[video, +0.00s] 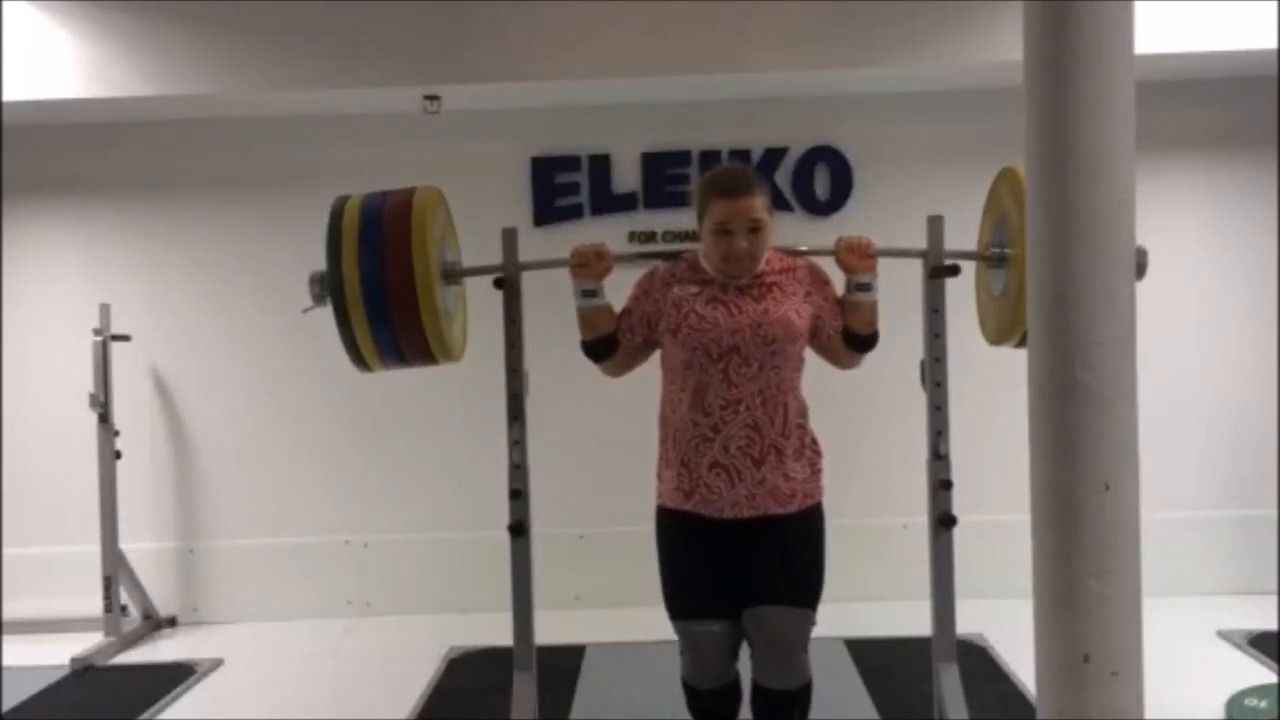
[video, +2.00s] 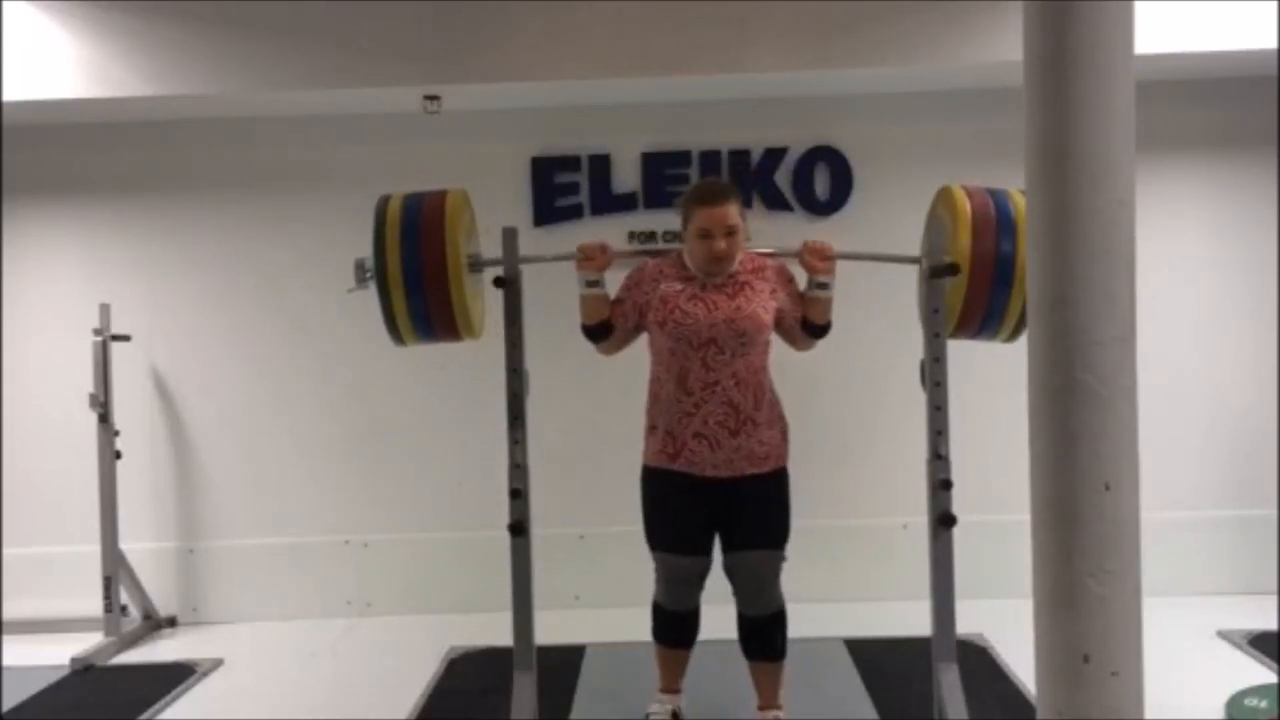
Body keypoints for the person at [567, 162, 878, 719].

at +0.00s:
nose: (738, 245)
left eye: (752, 230)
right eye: (723, 232)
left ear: (769, 227)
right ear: (701, 230)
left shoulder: (800, 279)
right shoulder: (666, 285)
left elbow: (847, 354)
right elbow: (613, 359)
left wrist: (862, 281)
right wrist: (589, 287)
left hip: (783, 507)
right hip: (693, 508)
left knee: (783, 663)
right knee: (706, 667)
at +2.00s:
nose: (719, 246)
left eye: (729, 233)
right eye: (706, 235)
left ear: (743, 230)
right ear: (684, 234)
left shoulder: (766, 274)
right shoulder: (653, 278)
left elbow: (805, 337)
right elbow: (606, 340)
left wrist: (820, 281)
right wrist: (592, 280)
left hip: (755, 463)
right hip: (676, 463)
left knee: (760, 590)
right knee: (677, 587)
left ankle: (770, 709)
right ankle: (668, 701)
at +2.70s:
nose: (711, 244)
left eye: (721, 232)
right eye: (699, 234)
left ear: (736, 231)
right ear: (678, 234)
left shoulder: (761, 276)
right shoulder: (650, 278)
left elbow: (799, 337)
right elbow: (604, 338)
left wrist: (813, 283)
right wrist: (590, 279)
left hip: (752, 458)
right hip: (675, 460)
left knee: (766, 579)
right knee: (676, 582)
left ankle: (796, 697)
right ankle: (667, 700)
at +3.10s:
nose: (721, 233)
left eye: (730, 221)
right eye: (708, 223)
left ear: (745, 227)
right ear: (688, 231)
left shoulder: (770, 276)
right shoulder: (660, 278)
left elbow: (811, 338)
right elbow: (614, 339)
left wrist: (823, 283)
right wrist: (600, 281)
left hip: (762, 457)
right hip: (686, 459)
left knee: (770, 579)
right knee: (684, 581)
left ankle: (795, 696)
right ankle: (668, 699)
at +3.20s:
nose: (718, 232)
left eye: (728, 220)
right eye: (706, 222)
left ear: (743, 226)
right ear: (686, 230)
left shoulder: (768, 276)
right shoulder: (658, 278)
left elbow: (808, 338)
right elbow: (613, 339)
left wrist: (821, 282)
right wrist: (598, 281)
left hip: (759, 457)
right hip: (683, 459)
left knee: (769, 579)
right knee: (683, 580)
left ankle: (795, 696)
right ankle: (668, 699)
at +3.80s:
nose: (698, 232)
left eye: (708, 222)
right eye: (685, 223)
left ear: (723, 228)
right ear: (667, 231)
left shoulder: (749, 278)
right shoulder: (639, 279)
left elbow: (790, 340)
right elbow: (596, 339)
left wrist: (802, 285)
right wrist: (582, 281)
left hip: (740, 457)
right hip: (664, 460)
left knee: (762, 577)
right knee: (670, 580)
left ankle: (796, 693)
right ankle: (664, 698)